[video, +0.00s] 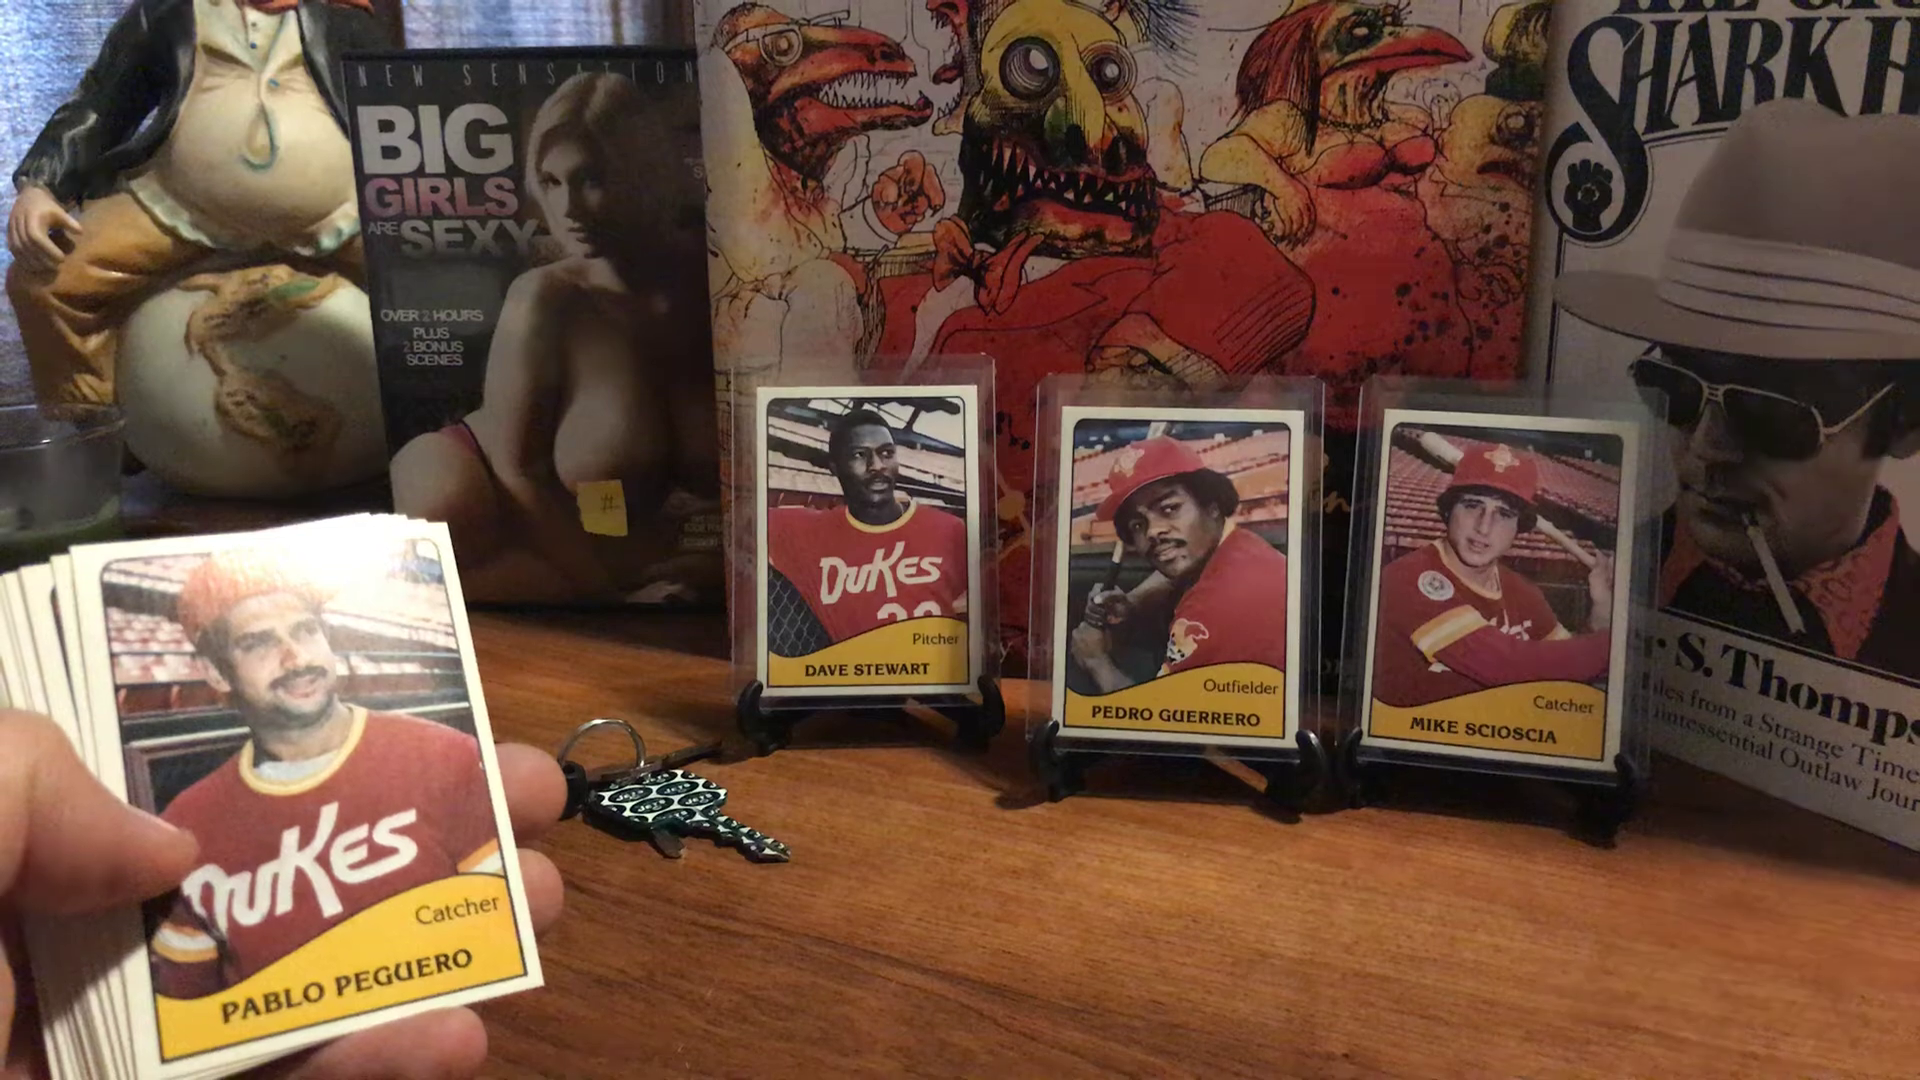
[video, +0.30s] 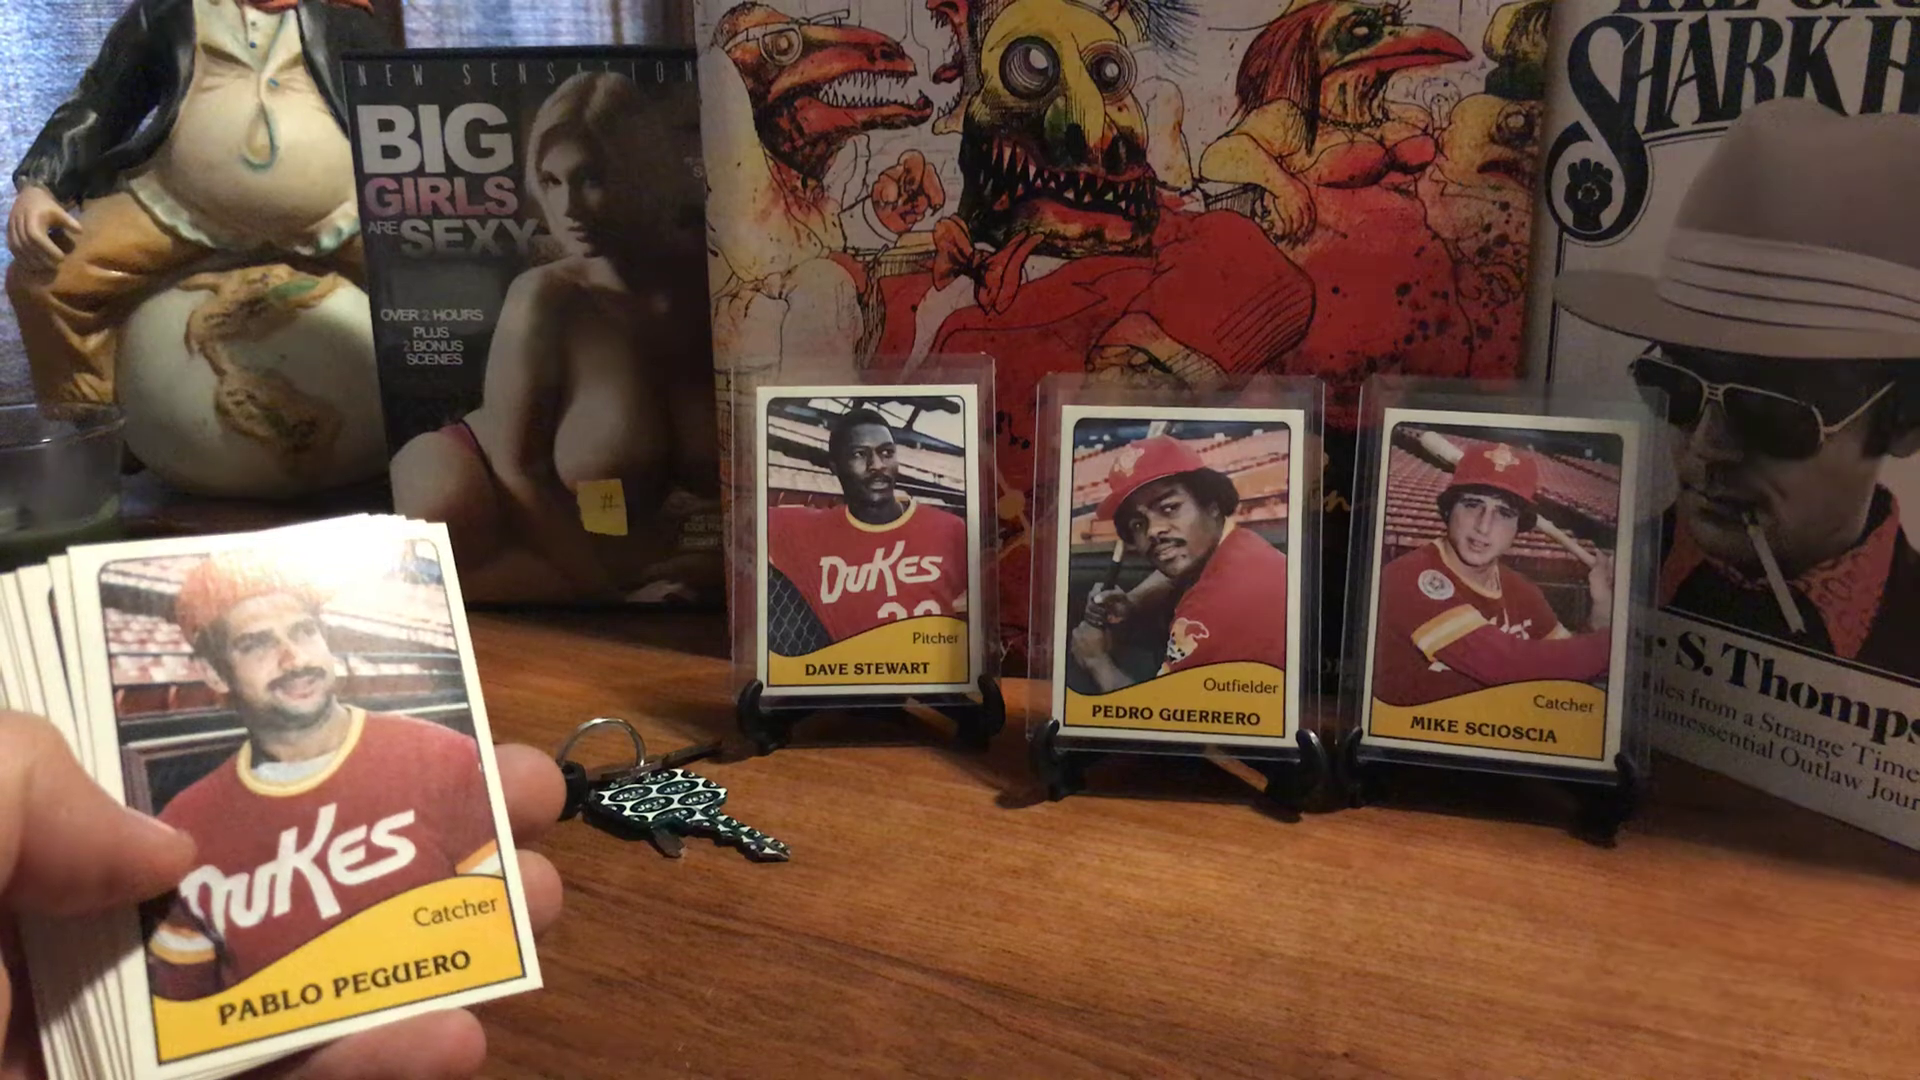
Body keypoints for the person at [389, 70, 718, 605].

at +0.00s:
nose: (570, 206)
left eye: (591, 179)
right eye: (551, 182)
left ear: (641, 178)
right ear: (536, 189)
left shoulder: (695, 288)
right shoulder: (543, 297)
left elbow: (703, 460)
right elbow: (513, 465)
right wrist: (610, 582)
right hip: (484, 469)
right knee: (439, 507)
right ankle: (616, 585)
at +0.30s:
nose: (570, 205)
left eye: (591, 179)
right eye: (552, 181)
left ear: (640, 177)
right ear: (536, 188)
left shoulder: (692, 288)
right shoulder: (542, 297)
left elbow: (703, 459)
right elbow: (512, 464)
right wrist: (610, 583)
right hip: (485, 471)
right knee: (438, 501)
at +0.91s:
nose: (569, 204)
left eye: (590, 178)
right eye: (552, 181)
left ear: (642, 177)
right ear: (537, 189)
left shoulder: (689, 291)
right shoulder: (542, 296)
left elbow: (703, 449)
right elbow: (514, 464)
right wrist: (614, 584)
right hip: (479, 461)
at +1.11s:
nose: (569, 205)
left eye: (590, 178)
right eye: (552, 182)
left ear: (643, 176)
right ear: (537, 190)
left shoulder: (692, 291)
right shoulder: (542, 297)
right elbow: (513, 463)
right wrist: (611, 580)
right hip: (480, 461)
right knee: (438, 519)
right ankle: (615, 585)